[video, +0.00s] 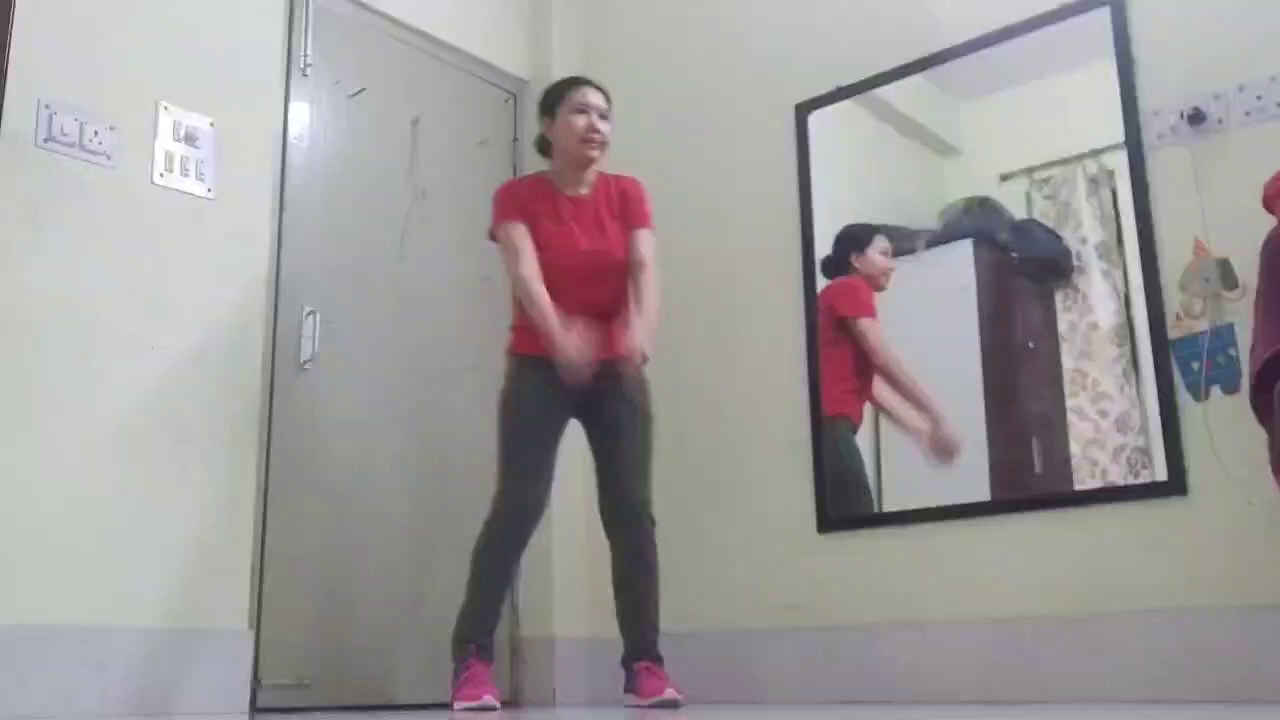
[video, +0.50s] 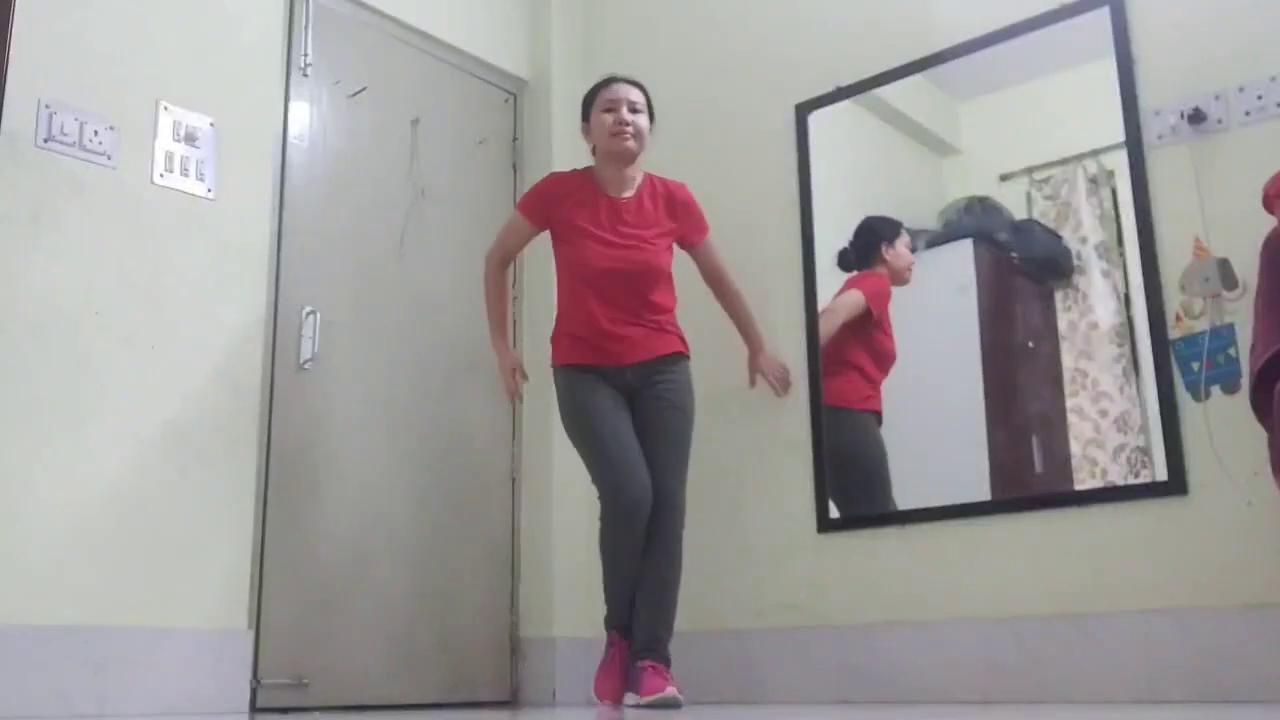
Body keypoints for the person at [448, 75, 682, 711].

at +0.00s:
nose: (595, 123)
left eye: (602, 115)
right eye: (581, 112)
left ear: (610, 131)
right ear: (548, 127)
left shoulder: (626, 193)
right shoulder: (518, 195)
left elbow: (644, 269)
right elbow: (525, 275)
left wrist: (641, 329)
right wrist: (558, 334)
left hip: (616, 368)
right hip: (540, 368)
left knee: (631, 511)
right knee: (518, 508)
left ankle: (644, 664)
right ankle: (473, 661)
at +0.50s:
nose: (624, 117)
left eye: (635, 110)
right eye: (610, 109)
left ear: (650, 130)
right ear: (587, 129)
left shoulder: (672, 199)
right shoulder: (557, 192)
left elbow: (718, 277)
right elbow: (497, 258)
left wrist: (759, 345)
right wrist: (502, 347)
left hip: (662, 367)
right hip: (584, 369)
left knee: (666, 504)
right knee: (630, 495)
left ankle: (653, 659)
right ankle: (620, 639)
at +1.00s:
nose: (559, 130)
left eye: (572, 116)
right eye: (549, 121)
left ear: (604, 121)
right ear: (540, 131)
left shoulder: (636, 184)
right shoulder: (534, 190)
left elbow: (633, 247)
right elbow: (502, 245)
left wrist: (581, 194)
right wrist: (516, 190)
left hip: (615, 370)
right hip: (536, 368)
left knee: (628, 517)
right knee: (494, 511)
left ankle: (645, 665)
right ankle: (432, 657)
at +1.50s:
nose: (447, 144)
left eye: (460, 132)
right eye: (442, 132)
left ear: (501, 134)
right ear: (439, 135)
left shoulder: (546, 204)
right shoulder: (429, 195)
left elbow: (569, 298)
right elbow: (373, 265)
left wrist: (598, 381)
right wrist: (358, 353)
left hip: (517, 371)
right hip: (437, 368)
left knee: (485, 493)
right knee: (433, 510)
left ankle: (478, 641)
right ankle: (427, 667)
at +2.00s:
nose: (453, 155)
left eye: (465, 141)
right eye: (445, 143)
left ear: (505, 137)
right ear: (441, 143)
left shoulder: (549, 202)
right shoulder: (430, 197)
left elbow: (563, 292)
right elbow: (425, 289)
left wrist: (540, 306)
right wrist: (490, 300)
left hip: (524, 373)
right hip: (444, 372)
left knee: (559, 485)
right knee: (439, 508)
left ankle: (561, 624)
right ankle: (428, 668)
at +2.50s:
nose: (600, 125)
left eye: (611, 116)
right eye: (587, 115)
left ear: (629, 133)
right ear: (563, 131)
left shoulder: (653, 200)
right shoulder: (538, 205)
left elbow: (670, 298)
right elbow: (533, 307)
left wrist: (688, 390)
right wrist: (524, 396)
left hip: (643, 378)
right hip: (564, 378)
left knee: (653, 514)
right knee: (539, 498)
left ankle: (658, 664)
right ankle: (488, 646)